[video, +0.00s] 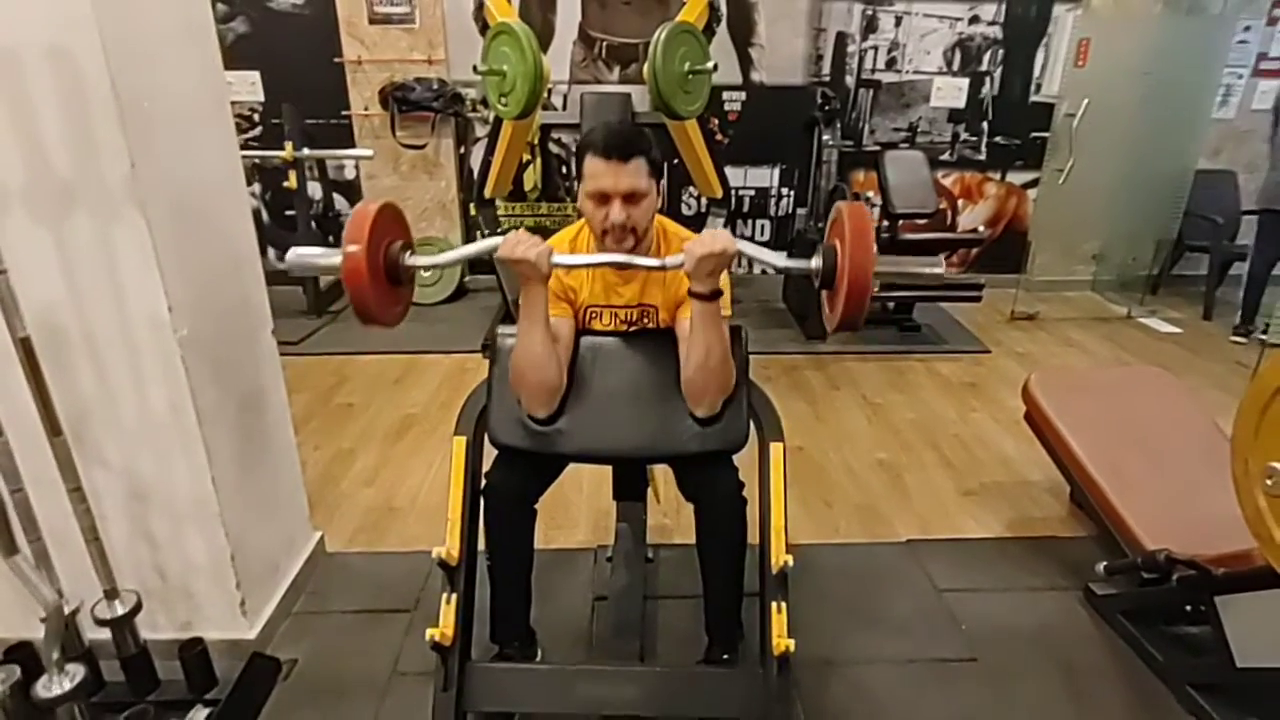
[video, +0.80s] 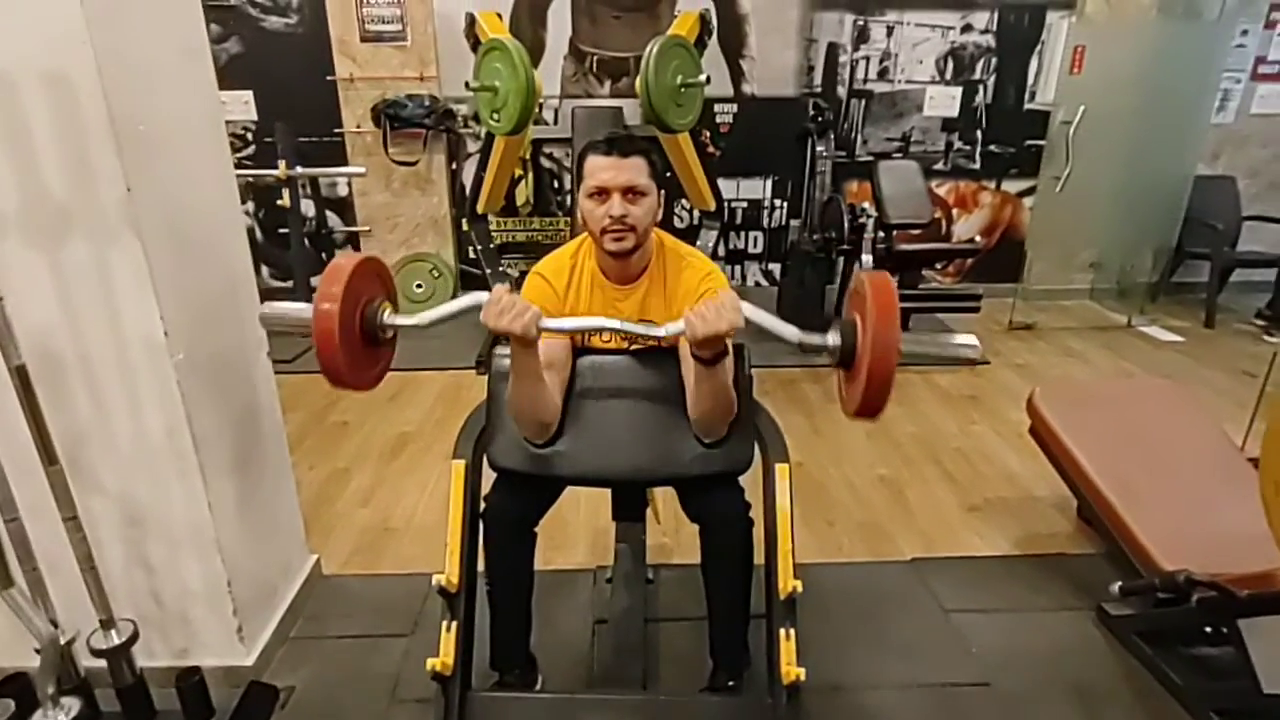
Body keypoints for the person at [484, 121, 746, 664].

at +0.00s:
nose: (616, 216)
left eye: (633, 198)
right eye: (600, 199)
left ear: (657, 192)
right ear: (579, 195)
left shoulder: (690, 254)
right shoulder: (559, 255)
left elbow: (707, 403)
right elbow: (539, 404)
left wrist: (705, 290)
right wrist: (532, 286)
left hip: (668, 399)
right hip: (577, 398)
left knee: (721, 489)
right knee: (505, 488)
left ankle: (724, 648)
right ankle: (513, 647)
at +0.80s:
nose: (616, 211)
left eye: (633, 196)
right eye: (600, 196)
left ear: (658, 205)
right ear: (579, 206)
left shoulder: (695, 275)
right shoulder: (552, 276)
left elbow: (713, 428)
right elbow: (537, 428)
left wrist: (710, 353)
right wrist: (524, 348)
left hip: (671, 418)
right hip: (577, 417)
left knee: (727, 512)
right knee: (505, 513)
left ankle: (730, 672)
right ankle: (513, 672)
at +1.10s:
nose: (611, 205)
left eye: (629, 189)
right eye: (594, 190)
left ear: (655, 196)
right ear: (573, 198)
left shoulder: (694, 273)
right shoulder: (542, 273)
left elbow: (708, 400)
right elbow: (531, 393)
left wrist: (714, 427)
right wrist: (503, 422)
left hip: (667, 418)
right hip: (570, 417)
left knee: (723, 505)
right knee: (501, 508)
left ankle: (727, 670)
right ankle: (507, 672)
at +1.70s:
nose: (620, 260)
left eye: (635, 244)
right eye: (602, 247)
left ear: (653, 216)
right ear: (573, 221)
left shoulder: (690, 275)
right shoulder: (537, 273)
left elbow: (705, 410)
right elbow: (524, 406)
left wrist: (705, 524)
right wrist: (506, 525)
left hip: (663, 418)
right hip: (565, 417)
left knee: (723, 518)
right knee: (488, 521)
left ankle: (723, 675)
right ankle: (503, 677)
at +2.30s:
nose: (643, 258)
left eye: (652, 241)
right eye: (623, 249)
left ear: (662, 212)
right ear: (587, 228)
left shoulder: (692, 269)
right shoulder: (548, 269)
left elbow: (713, 406)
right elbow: (531, 404)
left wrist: (713, 529)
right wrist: (523, 534)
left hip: (667, 405)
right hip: (572, 403)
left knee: (731, 510)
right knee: (496, 508)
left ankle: (729, 669)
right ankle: (510, 668)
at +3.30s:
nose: (615, 278)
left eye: (630, 265)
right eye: (599, 264)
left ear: (656, 236)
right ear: (578, 236)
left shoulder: (697, 279)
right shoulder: (550, 281)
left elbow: (712, 391)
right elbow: (538, 410)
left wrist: (715, 410)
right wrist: (513, 418)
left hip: (669, 423)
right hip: (575, 423)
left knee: (725, 514)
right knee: (504, 517)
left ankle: (731, 674)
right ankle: (514, 678)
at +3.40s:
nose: (614, 278)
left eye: (630, 265)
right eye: (598, 265)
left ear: (655, 236)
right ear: (578, 236)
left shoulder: (696, 279)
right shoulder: (550, 281)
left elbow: (712, 397)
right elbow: (539, 426)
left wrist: (715, 408)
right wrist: (514, 417)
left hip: (669, 424)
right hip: (575, 423)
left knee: (726, 515)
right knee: (504, 517)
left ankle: (731, 674)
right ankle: (515, 678)